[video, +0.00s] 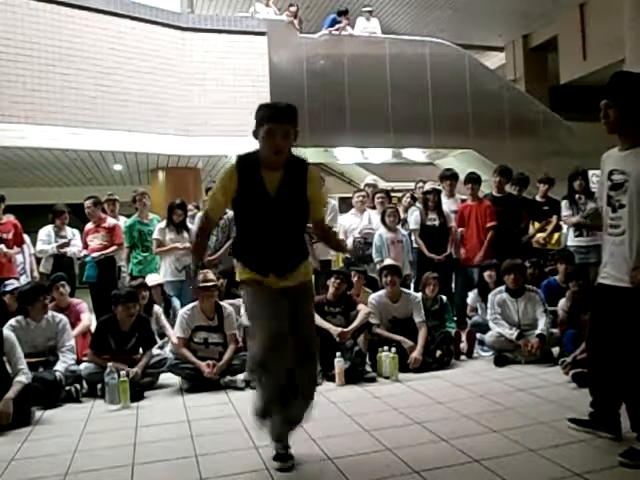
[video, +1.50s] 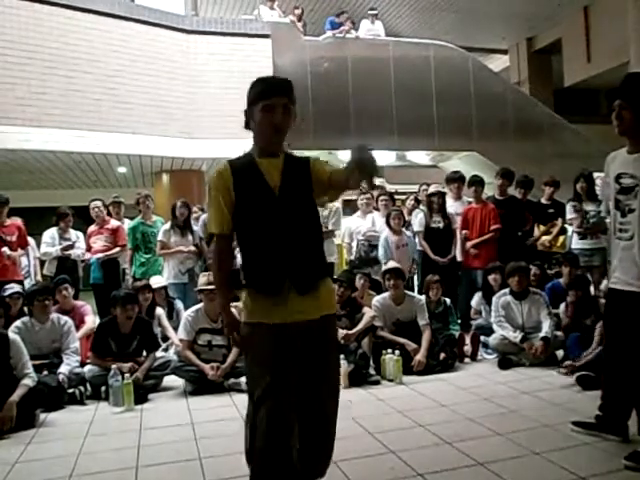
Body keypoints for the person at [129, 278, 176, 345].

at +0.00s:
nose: (143, 294)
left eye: (145, 290)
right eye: (139, 291)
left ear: (149, 293)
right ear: (135, 294)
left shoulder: (155, 309)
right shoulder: (131, 311)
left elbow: (165, 326)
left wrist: (174, 339)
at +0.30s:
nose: (146, 294)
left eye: (148, 290)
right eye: (142, 291)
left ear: (152, 293)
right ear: (137, 294)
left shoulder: (158, 311)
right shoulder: (134, 312)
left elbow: (169, 329)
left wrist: (177, 342)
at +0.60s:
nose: (145, 295)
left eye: (148, 291)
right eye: (142, 292)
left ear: (152, 293)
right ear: (137, 295)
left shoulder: (158, 311)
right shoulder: (133, 312)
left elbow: (167, 328)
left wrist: (176, 342)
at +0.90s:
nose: (146, 295)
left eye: (149, 291)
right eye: (142, 292)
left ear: (152, 293)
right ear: (137, 295)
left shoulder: (158, 311)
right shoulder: (133, 312)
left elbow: (168, 328)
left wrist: (176, 342)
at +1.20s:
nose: (146, 296)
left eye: (149, 292)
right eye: (143, 293)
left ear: (152, 294)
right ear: (137, 295)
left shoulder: (158, 311)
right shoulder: (134, 312)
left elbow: (167, 328)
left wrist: (175, 341)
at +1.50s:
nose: (146, 296)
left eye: (149, 292)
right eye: (143, 293)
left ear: (152, 294)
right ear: (137, 296)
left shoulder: (158, 311)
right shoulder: (134, 312)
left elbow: (167, 328)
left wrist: (176, 341)